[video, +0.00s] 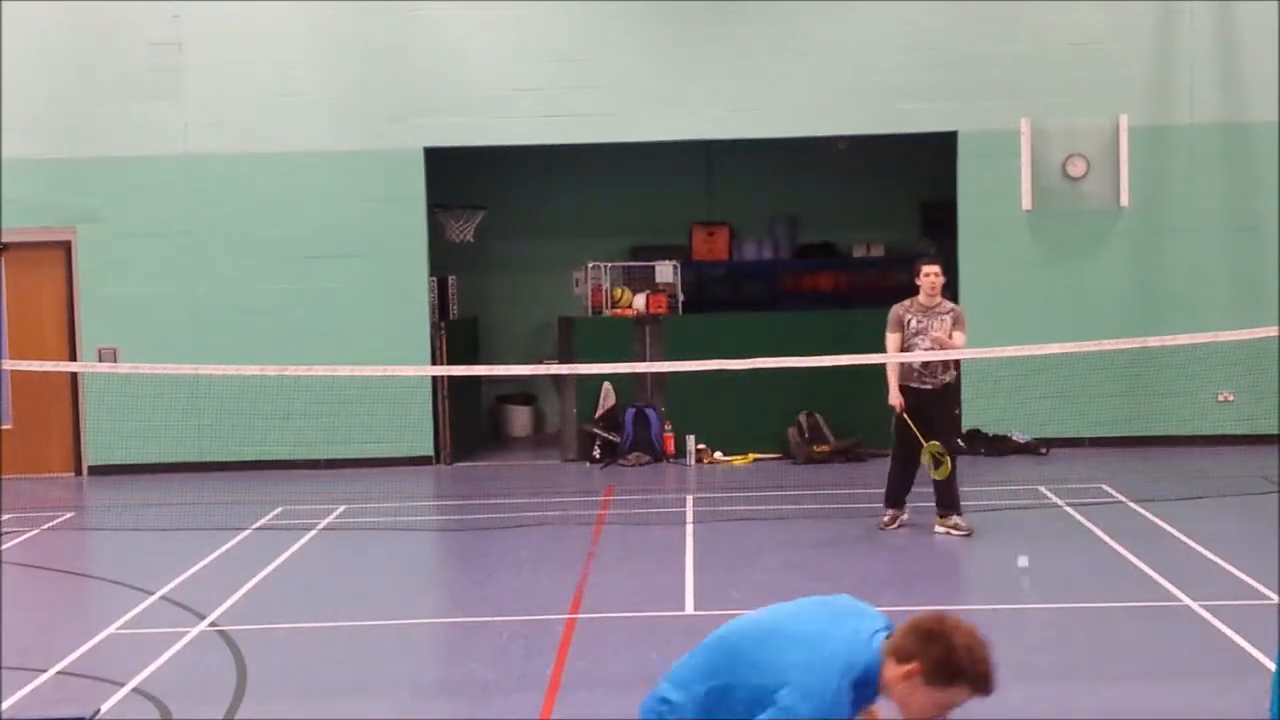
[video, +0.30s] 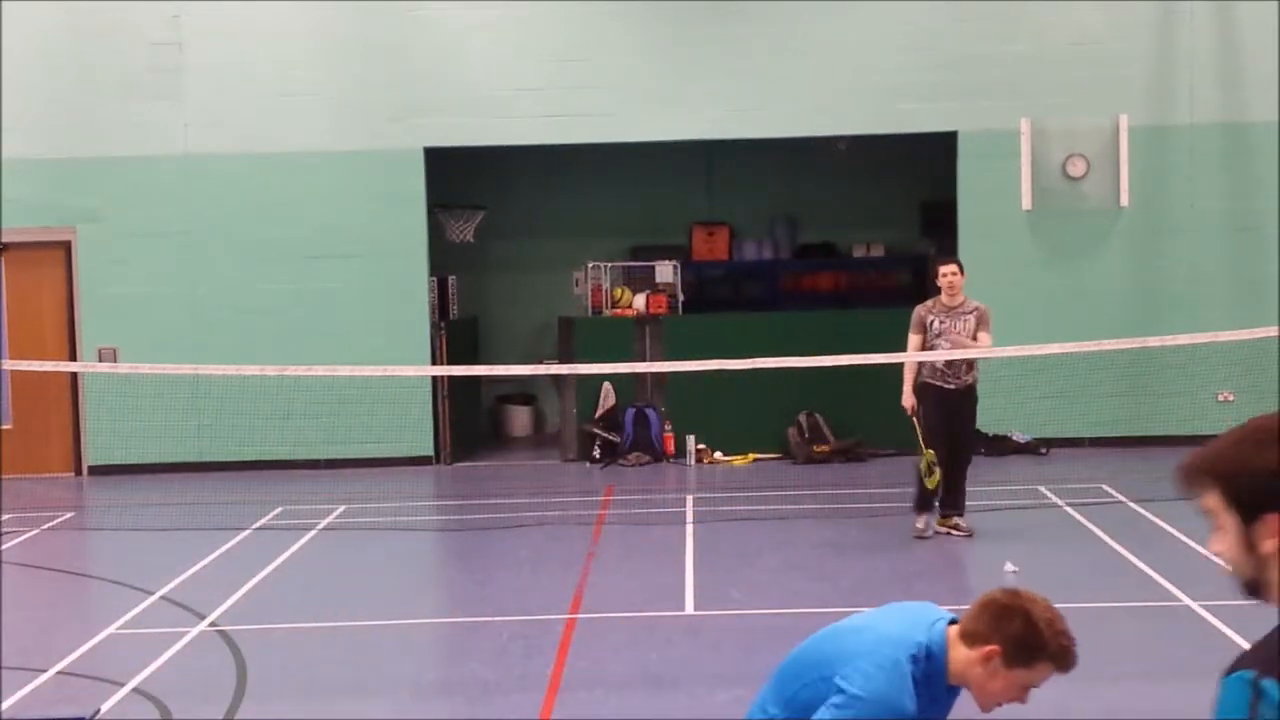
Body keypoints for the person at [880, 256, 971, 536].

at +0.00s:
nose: (933, 280)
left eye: (937, 275)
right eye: (927, 275)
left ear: (944, 280)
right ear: (917, 280)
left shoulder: (954, 312)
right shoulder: (900, 312)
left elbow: (960, 344)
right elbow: (892, 354)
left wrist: (945, 341)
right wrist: (893, 390)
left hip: (944, 391)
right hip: (910, 390)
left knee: (945, 451)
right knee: (904, 451)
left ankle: (947, 515)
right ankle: (895, 508)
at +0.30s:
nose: (950, 280)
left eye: (954, 274)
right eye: (944, 275)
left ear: (963, 278)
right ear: (937, 280)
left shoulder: (979, 312)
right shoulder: (923, 312)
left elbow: (985, 347)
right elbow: (912, 354)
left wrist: (958, 340)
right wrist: (907, 390)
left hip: (964, 390)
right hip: (931, 389)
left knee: (959, 454)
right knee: (935, 452)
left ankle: (950, 516)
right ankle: (923, 512)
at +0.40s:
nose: (953, 281)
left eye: (957, 275)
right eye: (947, 277)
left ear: (967, 278)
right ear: (941, 281)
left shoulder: (983, 312)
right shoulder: (928, 313)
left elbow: (991, 350)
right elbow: (917, 355)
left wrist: (973, 360)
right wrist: (913, 393)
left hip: (969, 389)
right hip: (937, 388)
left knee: (964, 453)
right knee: (944, 452)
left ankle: (957, 515)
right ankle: (943, 516)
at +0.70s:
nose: (964, 287)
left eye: (967, 280)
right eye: (958, 283)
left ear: (976, 282)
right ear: (950, 288)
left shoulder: (993, 316)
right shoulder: (938, 321)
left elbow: (1003, 358)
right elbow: (932, 365)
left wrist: (1010, 397)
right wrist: (932, 405)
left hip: (987, 395)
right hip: (955, 396)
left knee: (982, 457)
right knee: (965, 458)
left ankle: (953, 512)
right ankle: (957, 515)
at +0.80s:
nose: (967, 286)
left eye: (970, 280)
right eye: (961, 282)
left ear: (979, 281)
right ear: (953, 286)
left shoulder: (997, 314)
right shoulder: (942, 321)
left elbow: (1007, 357)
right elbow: (939, 366)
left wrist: (1017, 395)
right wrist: (939, 406)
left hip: (992, 394)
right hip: (961, 396)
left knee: (994, 454)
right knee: (967, 457)